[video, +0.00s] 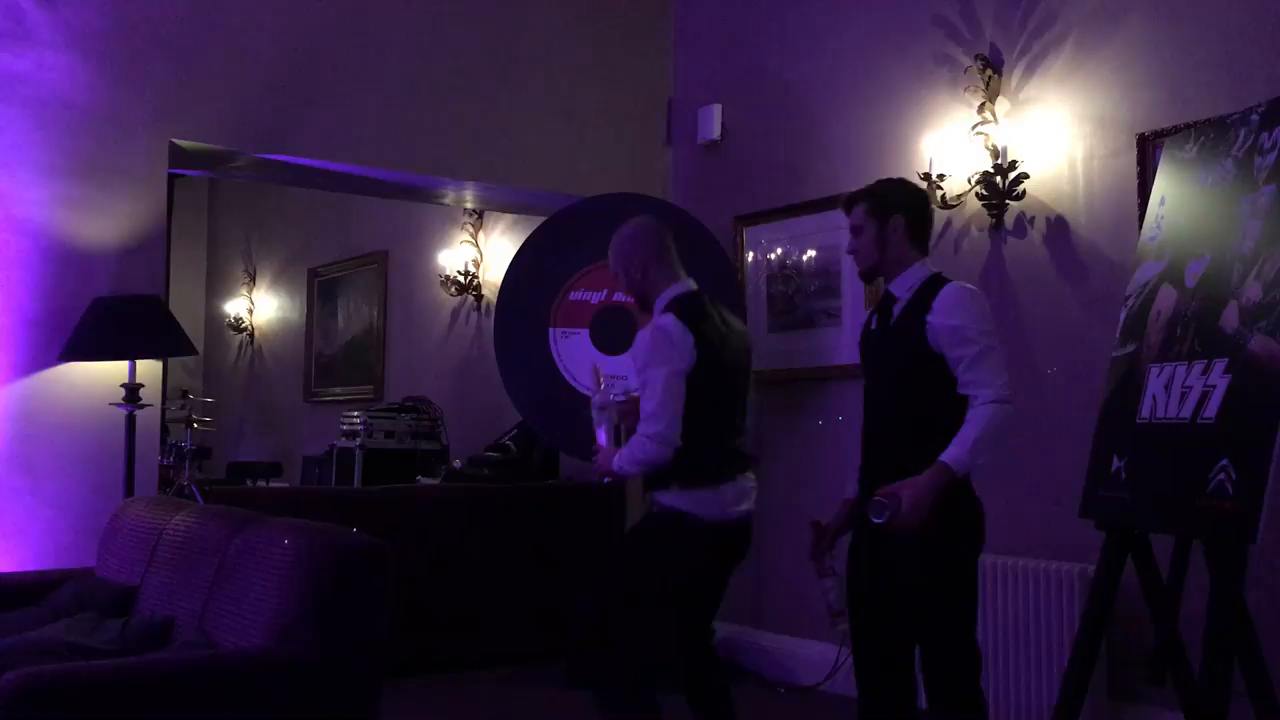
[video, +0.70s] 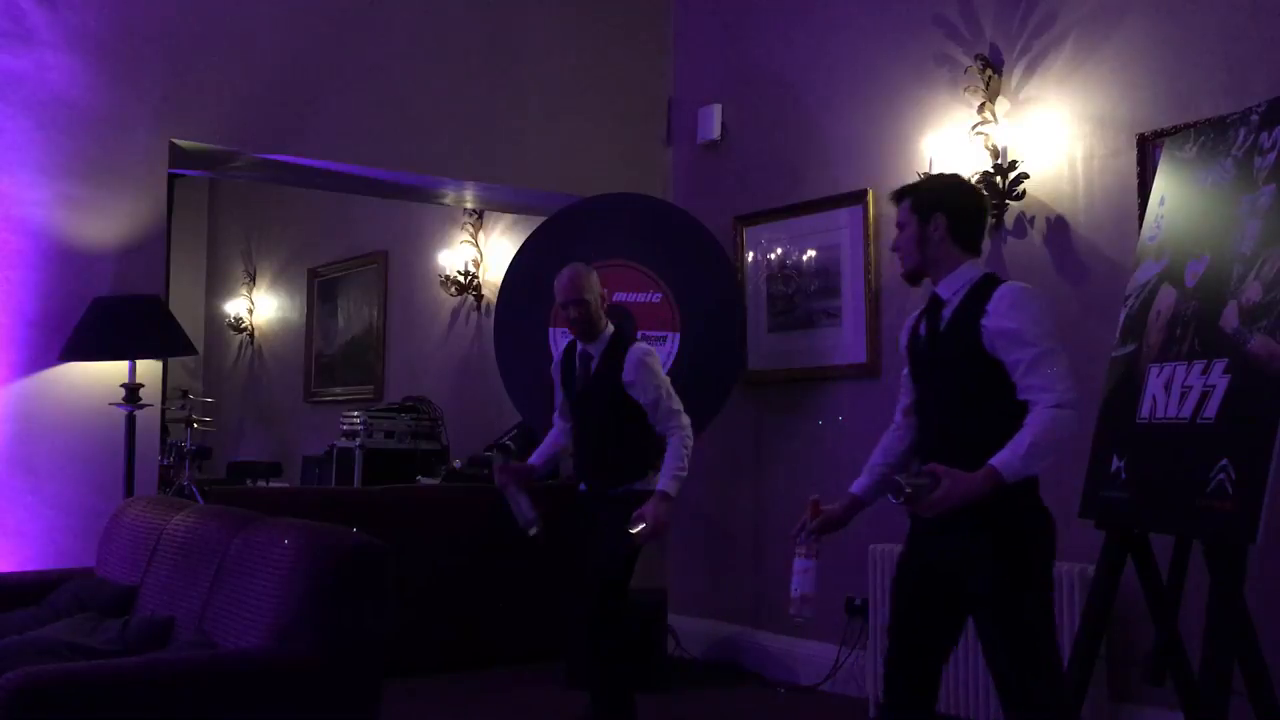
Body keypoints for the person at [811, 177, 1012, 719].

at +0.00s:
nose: (849, 243)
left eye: (859, 229)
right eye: (849, 231)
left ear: (898, 230)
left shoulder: (953, 301)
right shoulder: (876, 318)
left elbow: (992, 401)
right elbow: (885, 431)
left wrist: (933, 479)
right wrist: (849, 510)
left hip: (938, 517)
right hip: (880, 519)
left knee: (949, 679)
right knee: (881, 680)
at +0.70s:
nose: (893, 243)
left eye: (902, 228)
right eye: (895, 229)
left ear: (937, 230)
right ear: (939, 233)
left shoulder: (1009, 305)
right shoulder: (921, 327)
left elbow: (1057, 408)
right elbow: (907, 424)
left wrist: (981, 480)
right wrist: (851, 502)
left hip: (1005, 529)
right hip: (935, 529)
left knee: (1029, 693)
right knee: (906, 690)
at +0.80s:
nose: (910, 234)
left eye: (918, 217)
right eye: (912, 219)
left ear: (954, 221)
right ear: (955, 224)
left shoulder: (1027, 296)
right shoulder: (938, 318)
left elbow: (1079, 403)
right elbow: (927, 420)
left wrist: (1001, 478)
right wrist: (866, 494)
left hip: (1024, 526)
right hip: (952, 526)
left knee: (1050, 693)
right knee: (928, 691)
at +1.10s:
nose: (933, 228)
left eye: (940, 212)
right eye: (935, 213)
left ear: (976, 217)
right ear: (979, 219)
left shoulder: (1053, 296)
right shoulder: (957, 316)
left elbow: (1103, 406)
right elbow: (940, 416)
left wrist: (1028, 481)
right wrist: (875, 489)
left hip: (1041, 531)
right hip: (968, 531)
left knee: (1061, 697)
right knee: (966, 698)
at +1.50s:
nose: (906, 237)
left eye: (914, 221)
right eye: (908, 223)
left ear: (951, 224)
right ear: (952, 226)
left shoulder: (1027, 299)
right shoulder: (926, 317)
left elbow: (1070, 400)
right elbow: (905, 416)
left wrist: (1024, 468)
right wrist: (855, 489)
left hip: (1011, 518)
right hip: (939, 519)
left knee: (1031, 682)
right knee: (940, 683)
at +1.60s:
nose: (901, 241)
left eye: (908, 225)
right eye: (902, 227)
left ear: (946, 225)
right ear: (946, 228)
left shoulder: (1025, 298)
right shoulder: (922, 318)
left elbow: (1068, 399)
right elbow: (900, 415)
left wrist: (1023, 461)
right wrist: (850, 490)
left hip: (1012, 518)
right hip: (938, 519)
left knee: (1031, 679)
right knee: (941, 681)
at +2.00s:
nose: (915, 245)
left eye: (924, 230)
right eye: (913, 232)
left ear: (969, 224)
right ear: (958, 228)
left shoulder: (1039, 294)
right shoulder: (936, 318)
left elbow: (1090, 398)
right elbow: (900, 417)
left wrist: (1039, 455)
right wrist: (837, 494)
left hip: (1031, 517)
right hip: (958, 518)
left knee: (1042, 684)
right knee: (953, 684)